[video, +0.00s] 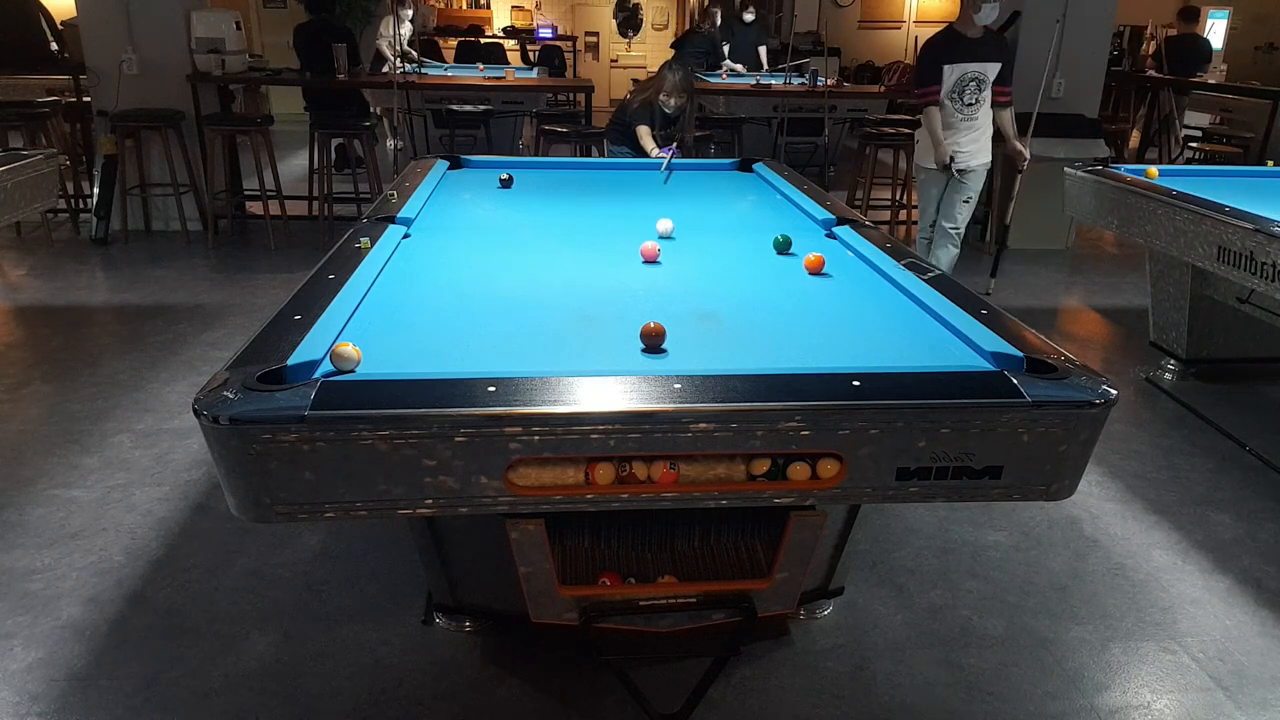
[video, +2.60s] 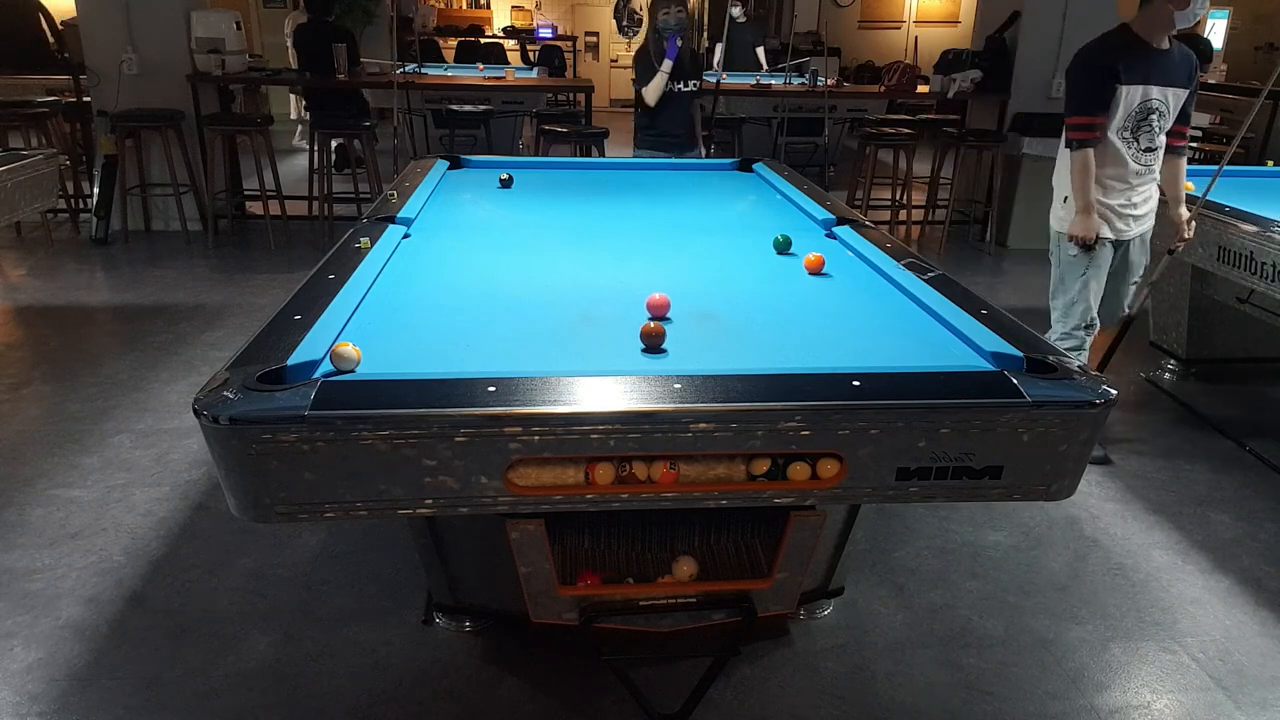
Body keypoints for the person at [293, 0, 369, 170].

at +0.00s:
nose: (302, 7)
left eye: (303, 5)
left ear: (307, 8)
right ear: (332, 7)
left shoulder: (300, 30)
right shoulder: (343, 30)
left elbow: (305, 64)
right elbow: (356, 68)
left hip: (315, 102)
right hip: (346, 103)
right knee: (363, 107)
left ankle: (351, 152)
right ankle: (344, 149)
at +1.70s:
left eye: (303, 5)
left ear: (307, 8)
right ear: (333, 7)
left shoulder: (300, 30)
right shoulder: (342, 30)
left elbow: (305, 61)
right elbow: (357, 61)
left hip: (314, 101)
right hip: (345, 101)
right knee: (362, 106)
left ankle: (350, 150)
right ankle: (343, 147)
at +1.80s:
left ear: (308, 8)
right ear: (335, 8)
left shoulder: (300, 31)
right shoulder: (344, 33)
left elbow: (305, 64)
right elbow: (355, 70)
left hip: (314, 102)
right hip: (346, 102)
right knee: (362, 107)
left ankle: (351, 150)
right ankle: (343, 147)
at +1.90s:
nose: (347, 10)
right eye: (344, 5)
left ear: (309, 8)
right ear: (337, 8)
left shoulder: (299, 31)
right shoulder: (344, 34)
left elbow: (305, 64)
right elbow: (355, 70)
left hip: (314, 102)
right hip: (345, 103)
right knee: (362, 106)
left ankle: (350, 150)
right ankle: (344, 147)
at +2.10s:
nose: (338, 7)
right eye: (336, 4)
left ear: (308, 8)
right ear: (332, 8)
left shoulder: (300, 31)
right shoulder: (344, 34)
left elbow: (306, 64)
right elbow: (357, 73)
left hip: (315, 104)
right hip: (346, 105)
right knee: (362, 105)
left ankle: (351, 150)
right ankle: (344, 148)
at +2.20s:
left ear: (308, 8)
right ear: (331, 8)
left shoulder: (300, 31)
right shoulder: (343, 32)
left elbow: (305, 65)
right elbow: (357, 71)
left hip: (315, 103)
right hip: (346, 104)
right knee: (362, 106)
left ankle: (351, 150)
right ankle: (345, 148)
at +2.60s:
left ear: (307, 8)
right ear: (332, 8)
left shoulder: (300, 31)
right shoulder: (343, 31)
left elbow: (303, 68)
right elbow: (356, 71)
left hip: (315, 103)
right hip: (346, 104)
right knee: (362, 106)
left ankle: (351, 151)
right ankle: (344, 148)